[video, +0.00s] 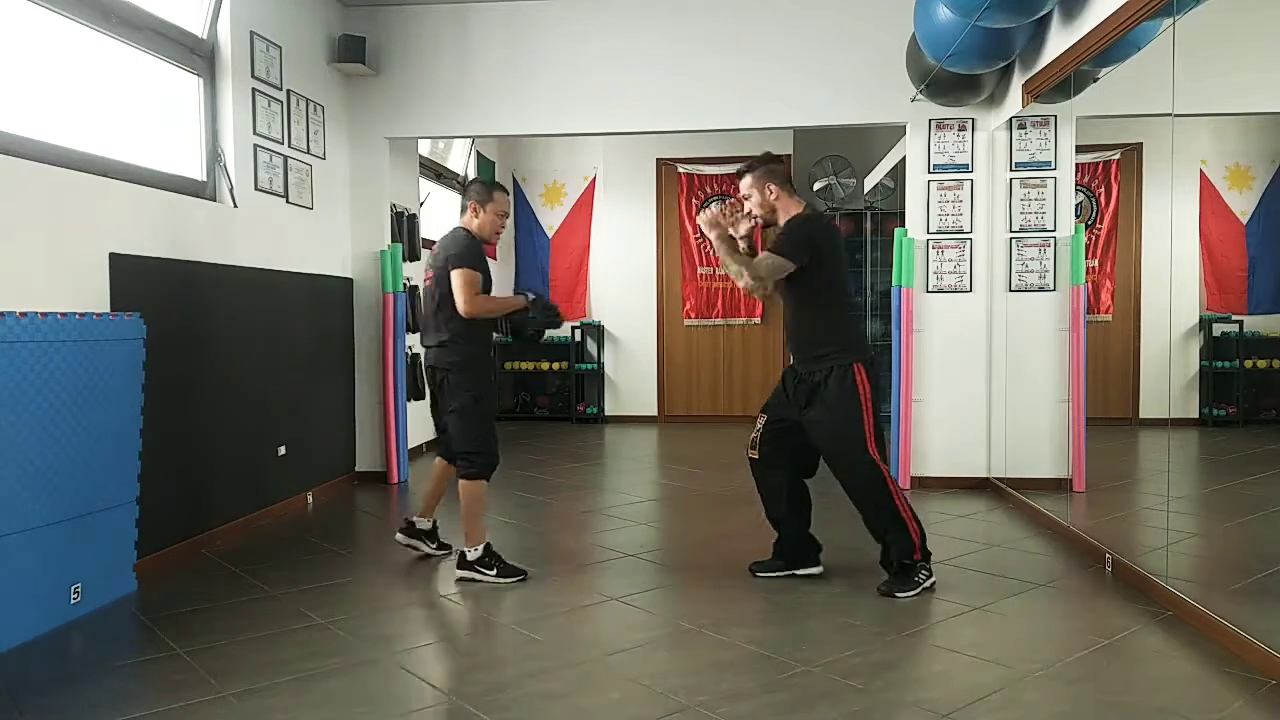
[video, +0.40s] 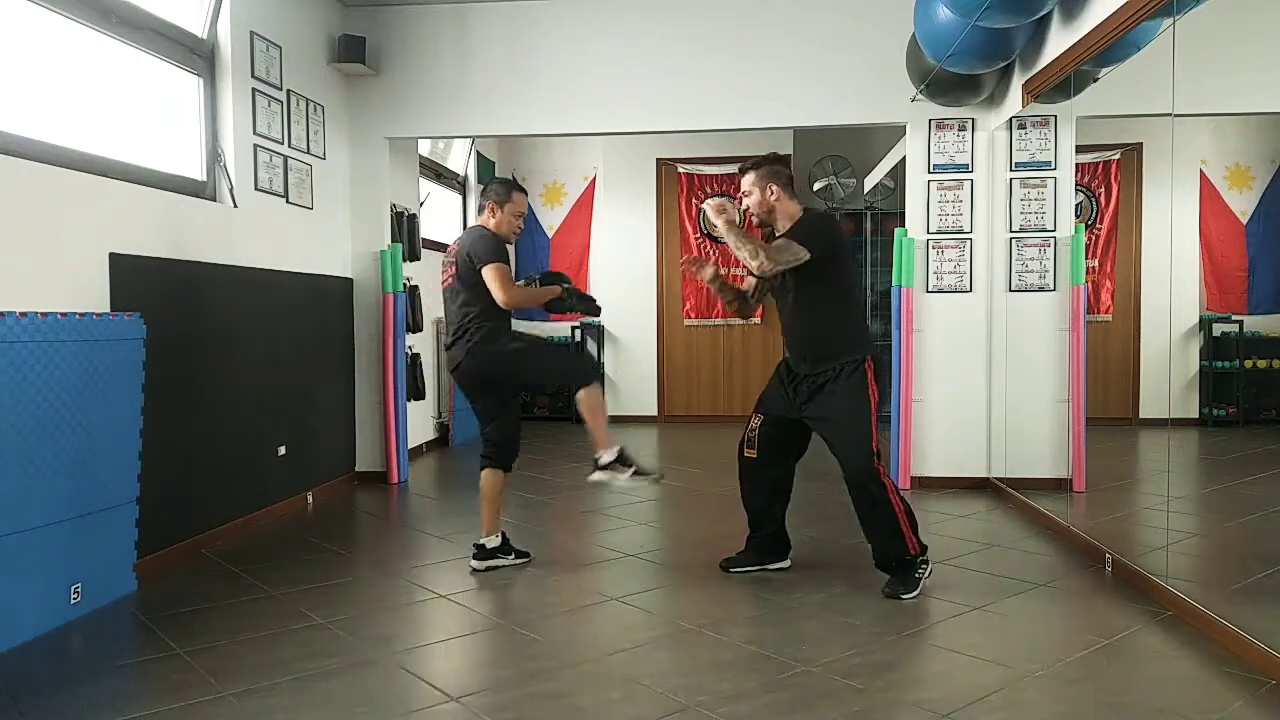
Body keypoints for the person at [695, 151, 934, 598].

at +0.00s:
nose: (747, 209)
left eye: (748, 198)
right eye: (743, 201)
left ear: (772, 189)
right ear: (774, 192)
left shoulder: (806, 228)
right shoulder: (789, 232)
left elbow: (754, 279)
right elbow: (762, 284)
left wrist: (719, 236)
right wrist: (733, 238)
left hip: (842, 371)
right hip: (804, 373)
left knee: (860, 467)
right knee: (769, 454)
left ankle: (911, 563)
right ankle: (798, 553)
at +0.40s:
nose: (743, 205)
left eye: (747, 194)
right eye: (742, 198)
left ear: (773, 191)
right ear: (771, 196)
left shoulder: (820, 225)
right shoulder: (771, 245)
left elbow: (765, 259)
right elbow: (745, 308)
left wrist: (726, 225)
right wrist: (717, 282)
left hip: (845, 371)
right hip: (796, 372)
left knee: (862, 468)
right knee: (758, 451)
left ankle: (908, 561)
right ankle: (769, 547)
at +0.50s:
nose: (743, 205)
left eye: (748, 195)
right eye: (742, 197)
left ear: (773, 194)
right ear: (769, 196)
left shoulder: (826, 229)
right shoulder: (765, 249)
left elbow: (781, 278)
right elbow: (731, 312)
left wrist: (754, 227)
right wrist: (685, 339)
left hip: (849, 372)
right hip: (799, 373)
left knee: (864, 470)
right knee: (760, 452)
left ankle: (908, 565)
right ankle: (768, 547)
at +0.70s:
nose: (776, 205)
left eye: (779, 195)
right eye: (774, 197)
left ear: (805, 191)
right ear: (805, 194)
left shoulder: (843, 232)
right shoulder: (800, 245)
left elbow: (776, 266)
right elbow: (776, 310)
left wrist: (716, 242)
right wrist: (730, 303)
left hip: (851, 382)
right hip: (803, 379)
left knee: (865, 483)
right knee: (750, 449)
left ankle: (912, 569)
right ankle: (766, 545)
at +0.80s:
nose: (770, 210)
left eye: (773, 200)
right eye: (768, 201)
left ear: (799, 198)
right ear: (801, 200)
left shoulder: (837, 237)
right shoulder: (808, 241)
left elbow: (782, 293)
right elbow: (792, 304)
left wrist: (744, 254)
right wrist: (761, 258)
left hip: (843, 387)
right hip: (796, 381)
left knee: (862, 486)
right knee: (736, 447)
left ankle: (912, 569)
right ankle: (740, 543)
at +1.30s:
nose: (676, 218)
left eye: (680, 208)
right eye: (675, 209)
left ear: (706, 207)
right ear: (703, 209)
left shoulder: (744, 250)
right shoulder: (698, 245)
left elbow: (714, 302)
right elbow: (640, 254)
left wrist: (690, 258)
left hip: (746, 381)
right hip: (705, 378)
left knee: (760, 472)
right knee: (651, 447)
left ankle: (817, 562)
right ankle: (650, 544)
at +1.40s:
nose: (653, 212)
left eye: (657, 204)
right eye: (653, 204)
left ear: (678, 203)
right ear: (679, 204)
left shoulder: (709, 241)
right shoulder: (677, 247)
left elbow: (682, 279)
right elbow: (635, 261)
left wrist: (655, 257)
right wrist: (593, 234)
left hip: (717, 376)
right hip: (686, 376)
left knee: (728, 474)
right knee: (638, 446)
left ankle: (818, 551)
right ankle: (642, 545)